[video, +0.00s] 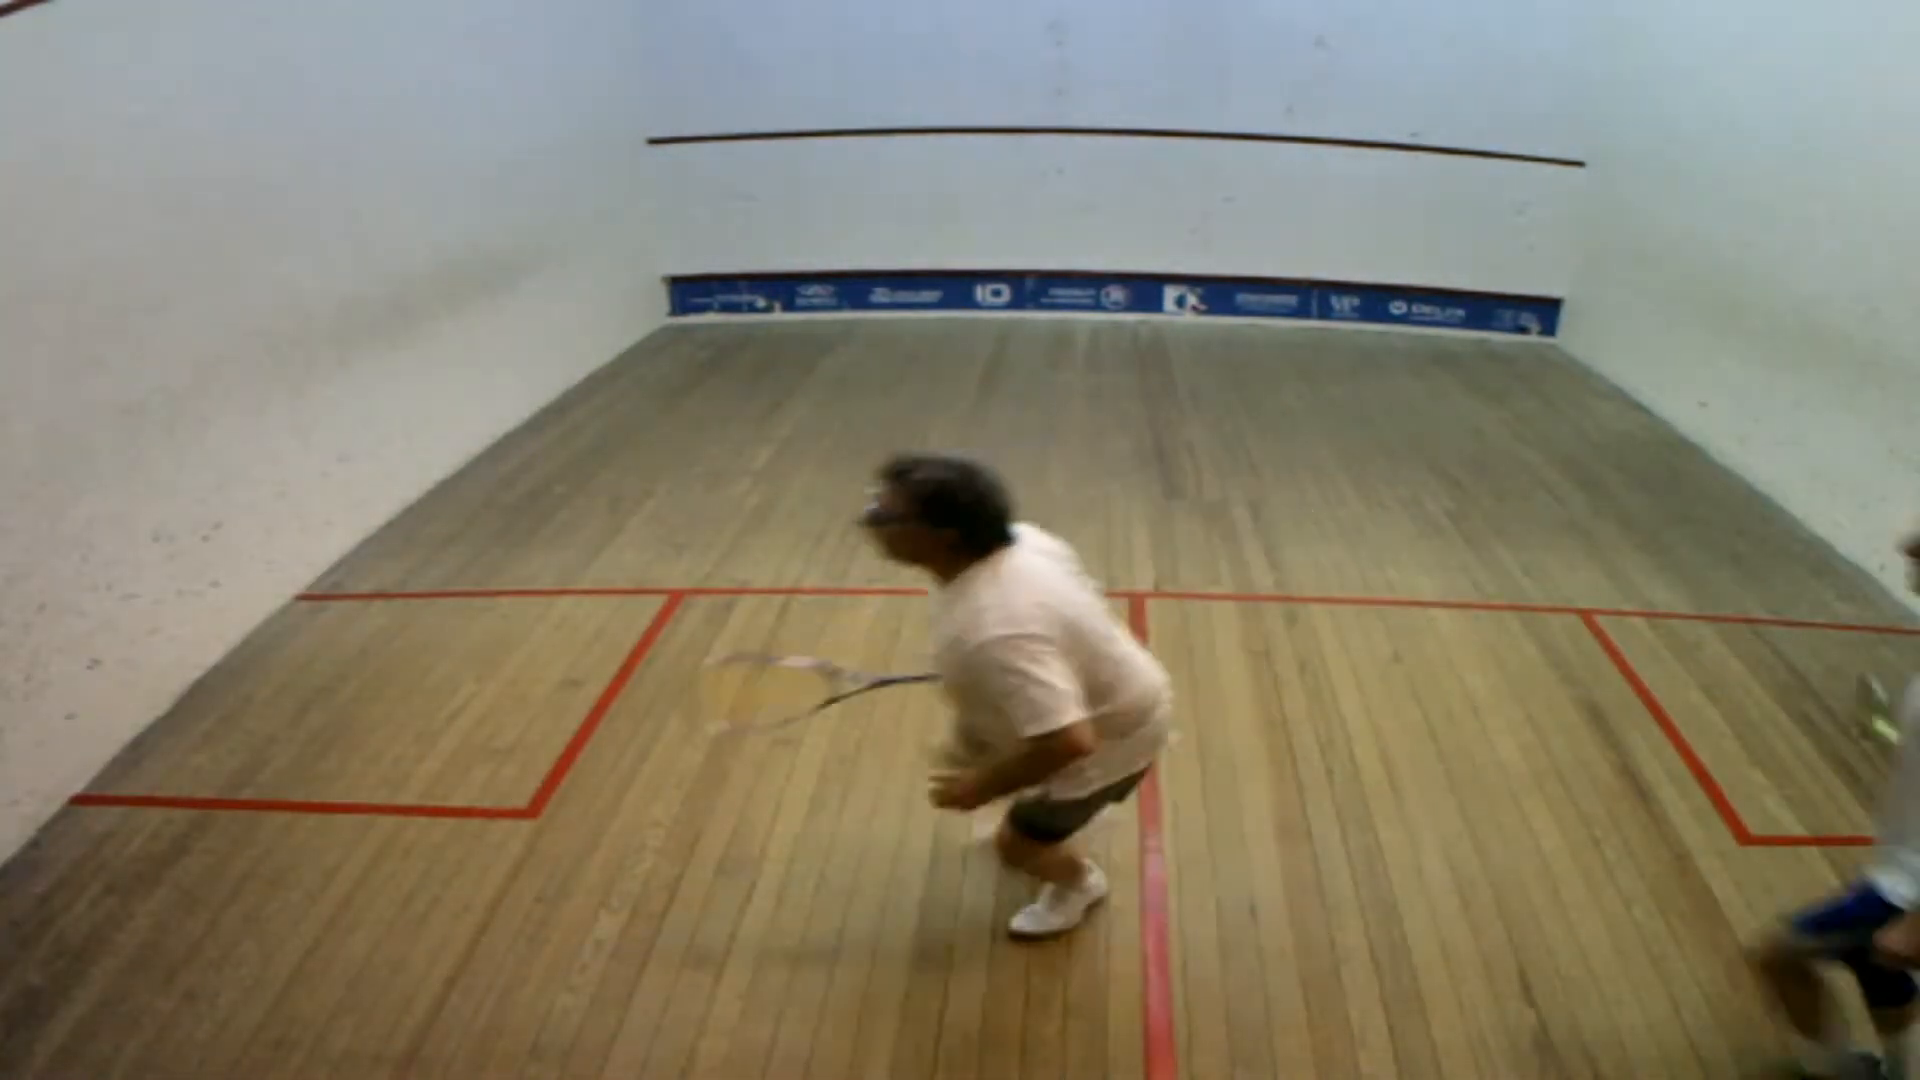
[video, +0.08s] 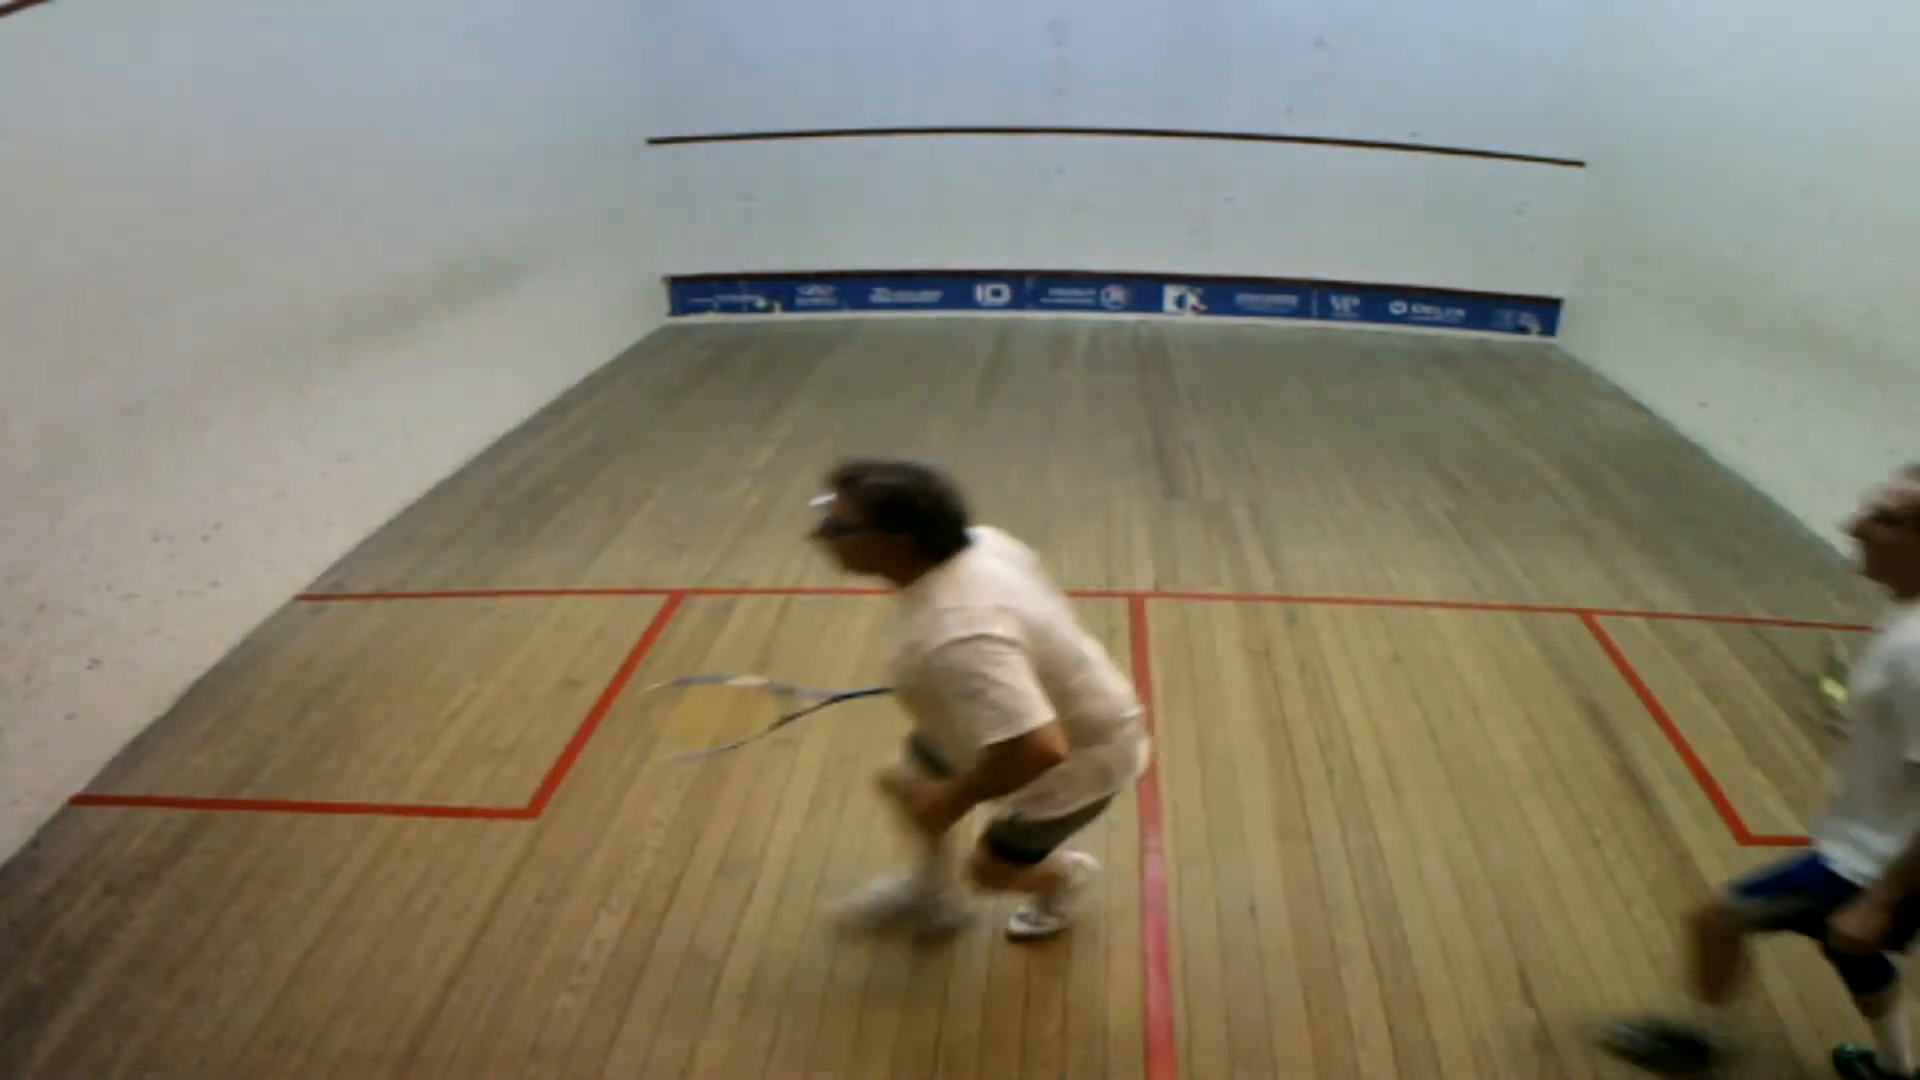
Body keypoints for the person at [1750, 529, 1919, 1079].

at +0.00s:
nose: (1909, 558)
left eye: (1917, 551)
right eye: (1914, 550)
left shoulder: (1913, 694)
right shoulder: (1912, 689)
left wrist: (1913, 918)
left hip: (1903, 885)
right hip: (1900, 872)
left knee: (1781, 955)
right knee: (1881, 968)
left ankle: (1835, 1059)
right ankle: (1902, 1068)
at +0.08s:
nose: (1860, 528)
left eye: (1884, 521)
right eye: (1871, 513)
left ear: (1916, 546)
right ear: (1905, 547)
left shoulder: (1911, 650)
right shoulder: (1900, 628)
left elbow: (1919, 804)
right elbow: (1892, 756)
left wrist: (1881, 901)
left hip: (1870, 867)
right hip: (1864, 849)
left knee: (1717, 919)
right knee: (1858, 953)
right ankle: (1897, 1063)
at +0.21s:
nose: (1704, 505)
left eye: (1728, 496)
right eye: (1713, 489)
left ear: (1782, 518)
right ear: (1786, 518)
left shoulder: (1771, 620)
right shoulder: (1836, 569)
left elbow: (1780, 771)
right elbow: (1886, 619)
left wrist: (1678, 846)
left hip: (1735, 814)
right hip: (1798, 807)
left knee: (1600, 892)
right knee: (1704, 887)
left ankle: (1628, 1006)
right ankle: (1788, 984)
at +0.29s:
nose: (1651, 480)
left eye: (1674, 475)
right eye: (1659, 466)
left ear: (1726, 495)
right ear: (1735, 495)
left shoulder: (1720, 591)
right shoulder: (1789, 546)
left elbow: (1704, 739)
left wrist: (1589, 804)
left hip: (1709, 794)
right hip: (1758, 780)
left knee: (1580, 885)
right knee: (1642, 852)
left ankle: (1628, 1004)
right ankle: (1680, 951)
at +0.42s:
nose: (1526, 446)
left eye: (1544, 434)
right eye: (1530, 429)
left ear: (1603, 446)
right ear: (1609, 446)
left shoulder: (1590, 539)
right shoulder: (1673, 501)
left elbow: (1567, 672)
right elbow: (1664, 621)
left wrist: (1446, 689)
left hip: (1581, 741)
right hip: (1637, 722)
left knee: (1475, 835)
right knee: (1487, 788)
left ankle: (1586, 962)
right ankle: (1427, 873)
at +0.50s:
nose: (1454, 437)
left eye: (1472, 425)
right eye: (1458, 421)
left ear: (1530, 435)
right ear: (1538, 433)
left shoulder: (1531, 526)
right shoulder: (1598, 491)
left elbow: (1516, 656)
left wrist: (1399, 662)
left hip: (1502, 725)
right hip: (1559, 712)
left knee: (1378, 819)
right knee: (1436, 774)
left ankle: (1496, 916)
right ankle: (1420, 874)